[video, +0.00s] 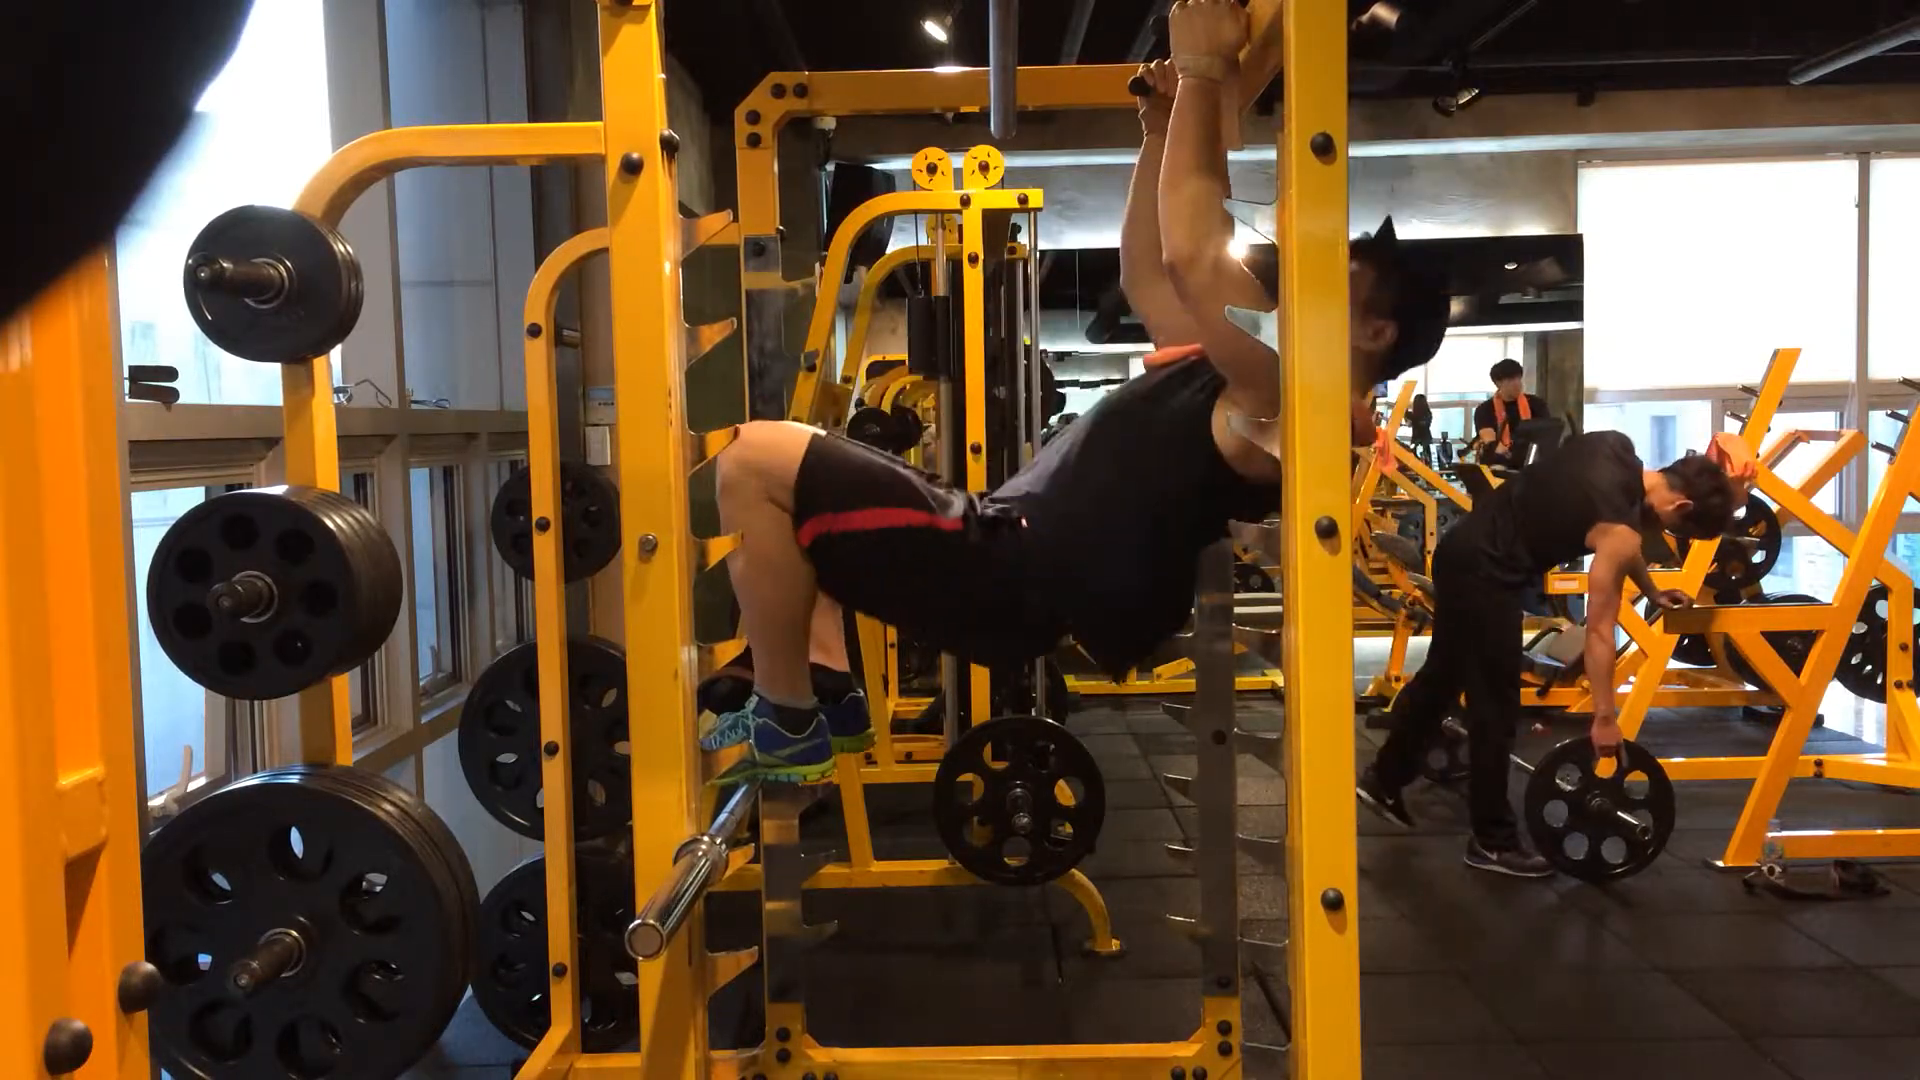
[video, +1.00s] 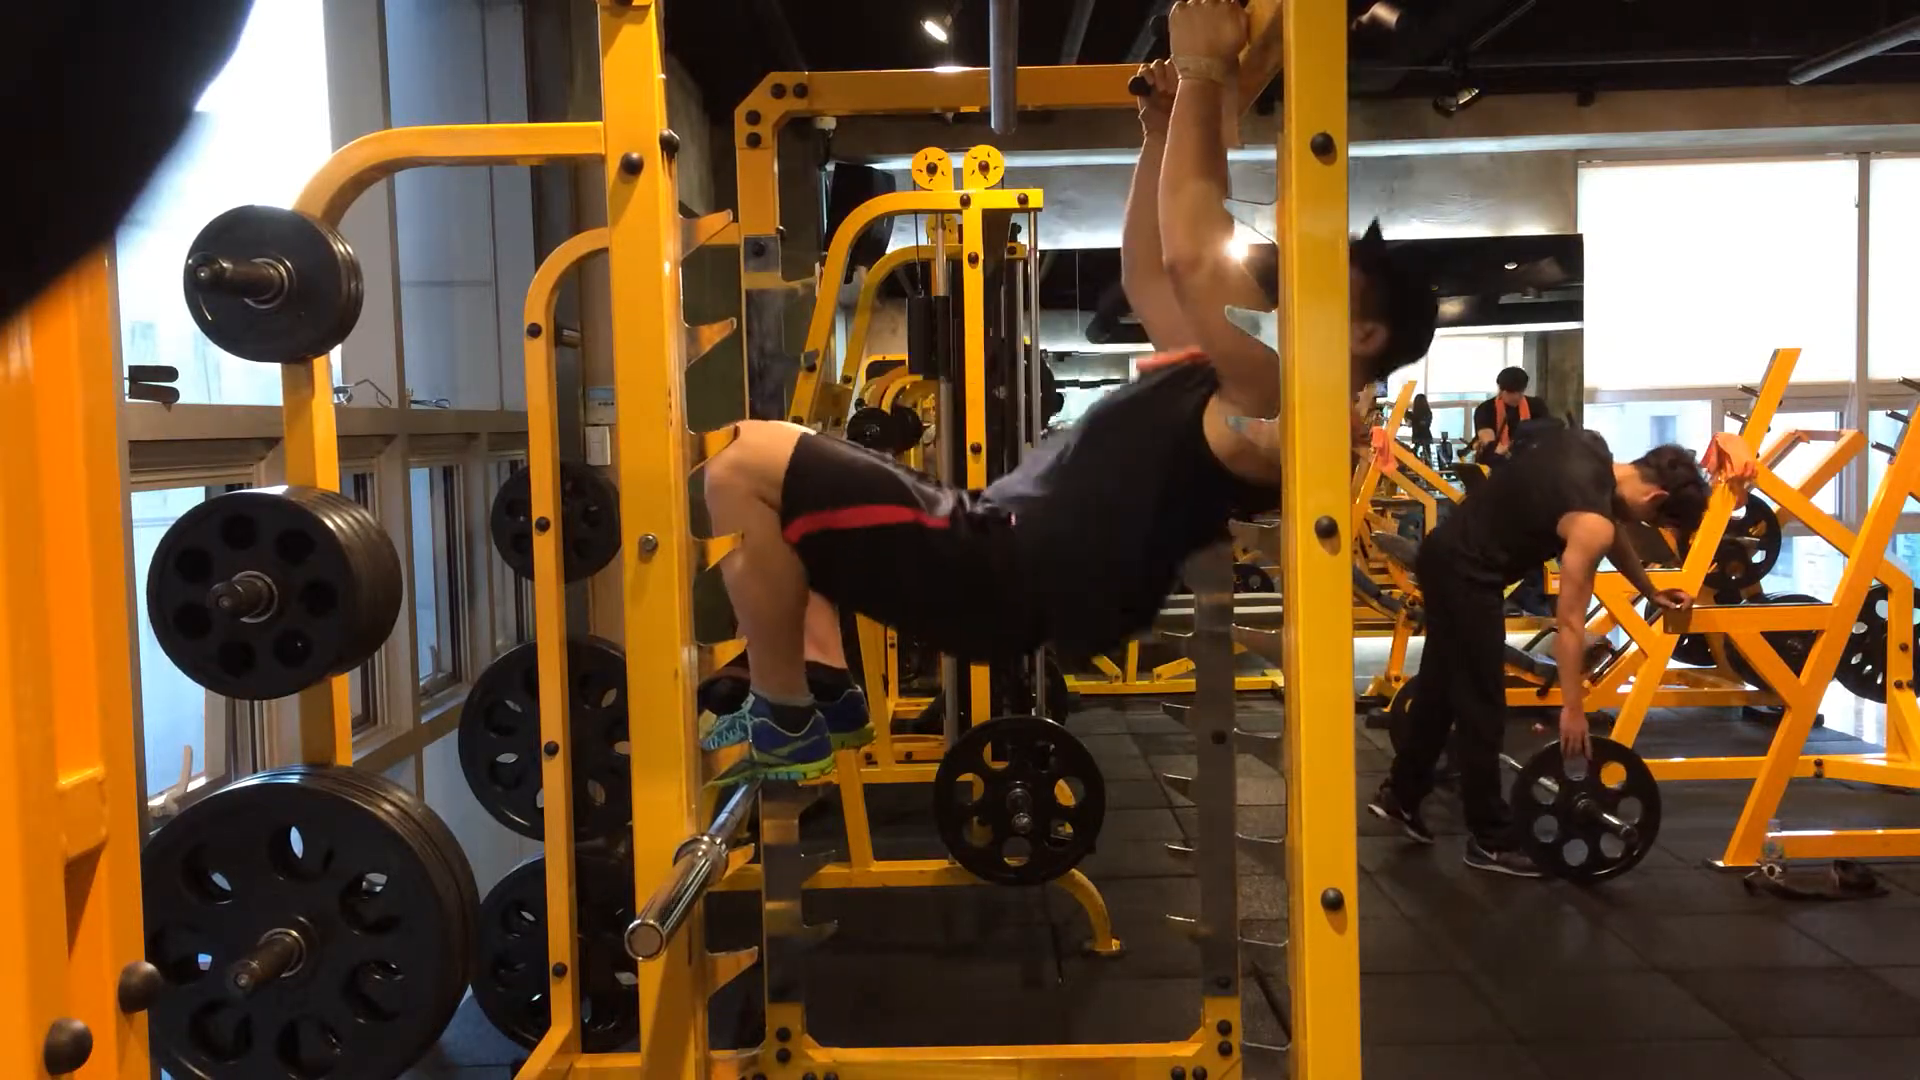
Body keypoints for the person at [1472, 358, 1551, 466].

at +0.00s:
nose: (1517, 384)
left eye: (1519, 379)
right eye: (1511, 380)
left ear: (1522, 379)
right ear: (1498, 383)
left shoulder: (1536, 404)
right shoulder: (1484, 410)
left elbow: (1546, 434)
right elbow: (1490, 443)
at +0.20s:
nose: (1518, 394)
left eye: (1521, 390)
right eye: (1513, 390)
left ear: (1524, 386)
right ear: (1501, 387)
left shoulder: (1537, 404)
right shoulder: (1486, 409)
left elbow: (1546, 435)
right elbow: (1490, 443)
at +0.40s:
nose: (1525, 393)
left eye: (1527, 388)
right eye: (1520, 388)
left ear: (1531, 386)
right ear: (1507, 386)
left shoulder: (1541, 405)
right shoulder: (1490, 406)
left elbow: (1547, 435)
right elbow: (1490, 440)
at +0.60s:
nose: (1521, 395)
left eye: (1524, 390)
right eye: (1516, 390)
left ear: (1529, 389)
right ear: (1505, 388)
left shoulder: (1540, 404)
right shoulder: (1488, 408)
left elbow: (1550, 434)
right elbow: (1490, 444)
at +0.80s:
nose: (1514, 395)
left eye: (1517, 390)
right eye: (1508, 391)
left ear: (1521, 388)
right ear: (1498, 391)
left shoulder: (1536, 403)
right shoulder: (1484, 411)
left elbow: (1546, 433)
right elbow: (1488, 443)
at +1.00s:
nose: (1517, 397)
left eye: (1520, 392)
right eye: (1511, 393)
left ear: (1524, 390)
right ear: (1502, 390)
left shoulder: (1536, 405)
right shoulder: (1485, 410)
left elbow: (1546, 436)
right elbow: (1489, 446)